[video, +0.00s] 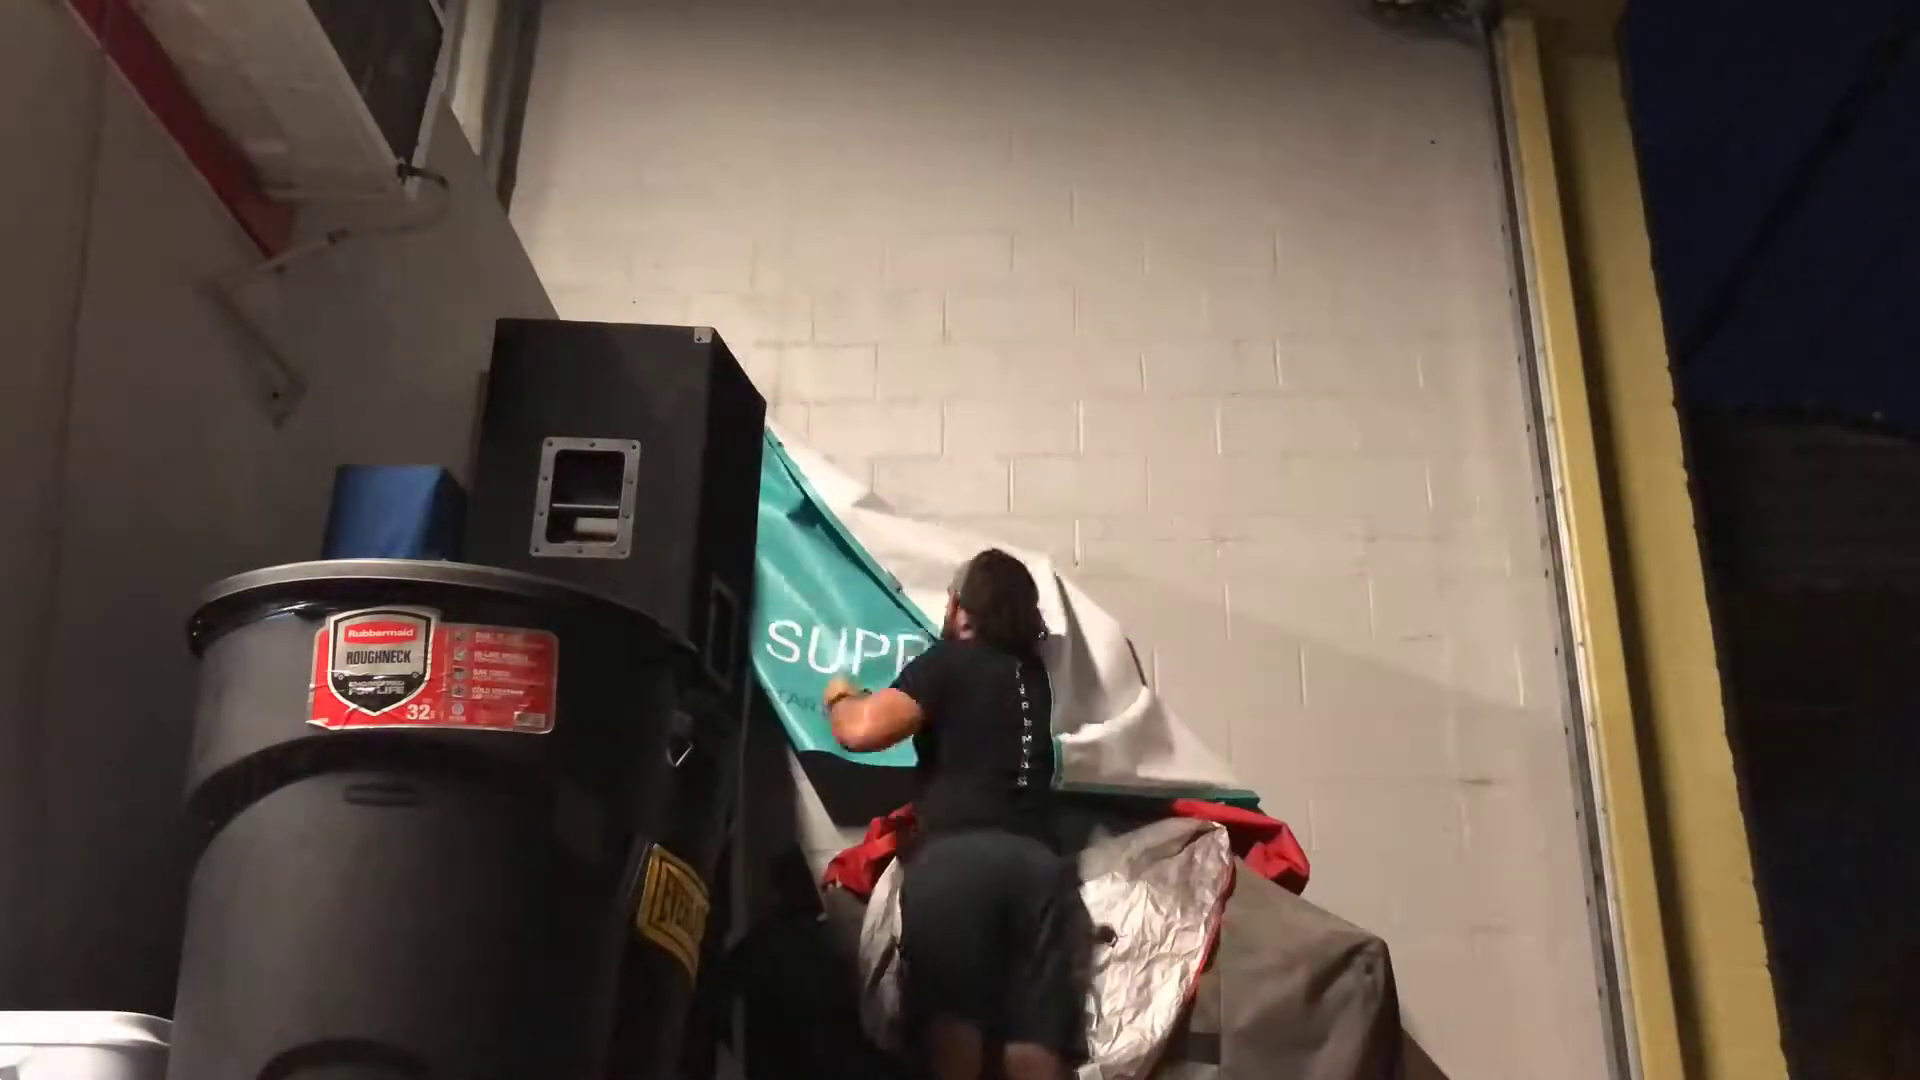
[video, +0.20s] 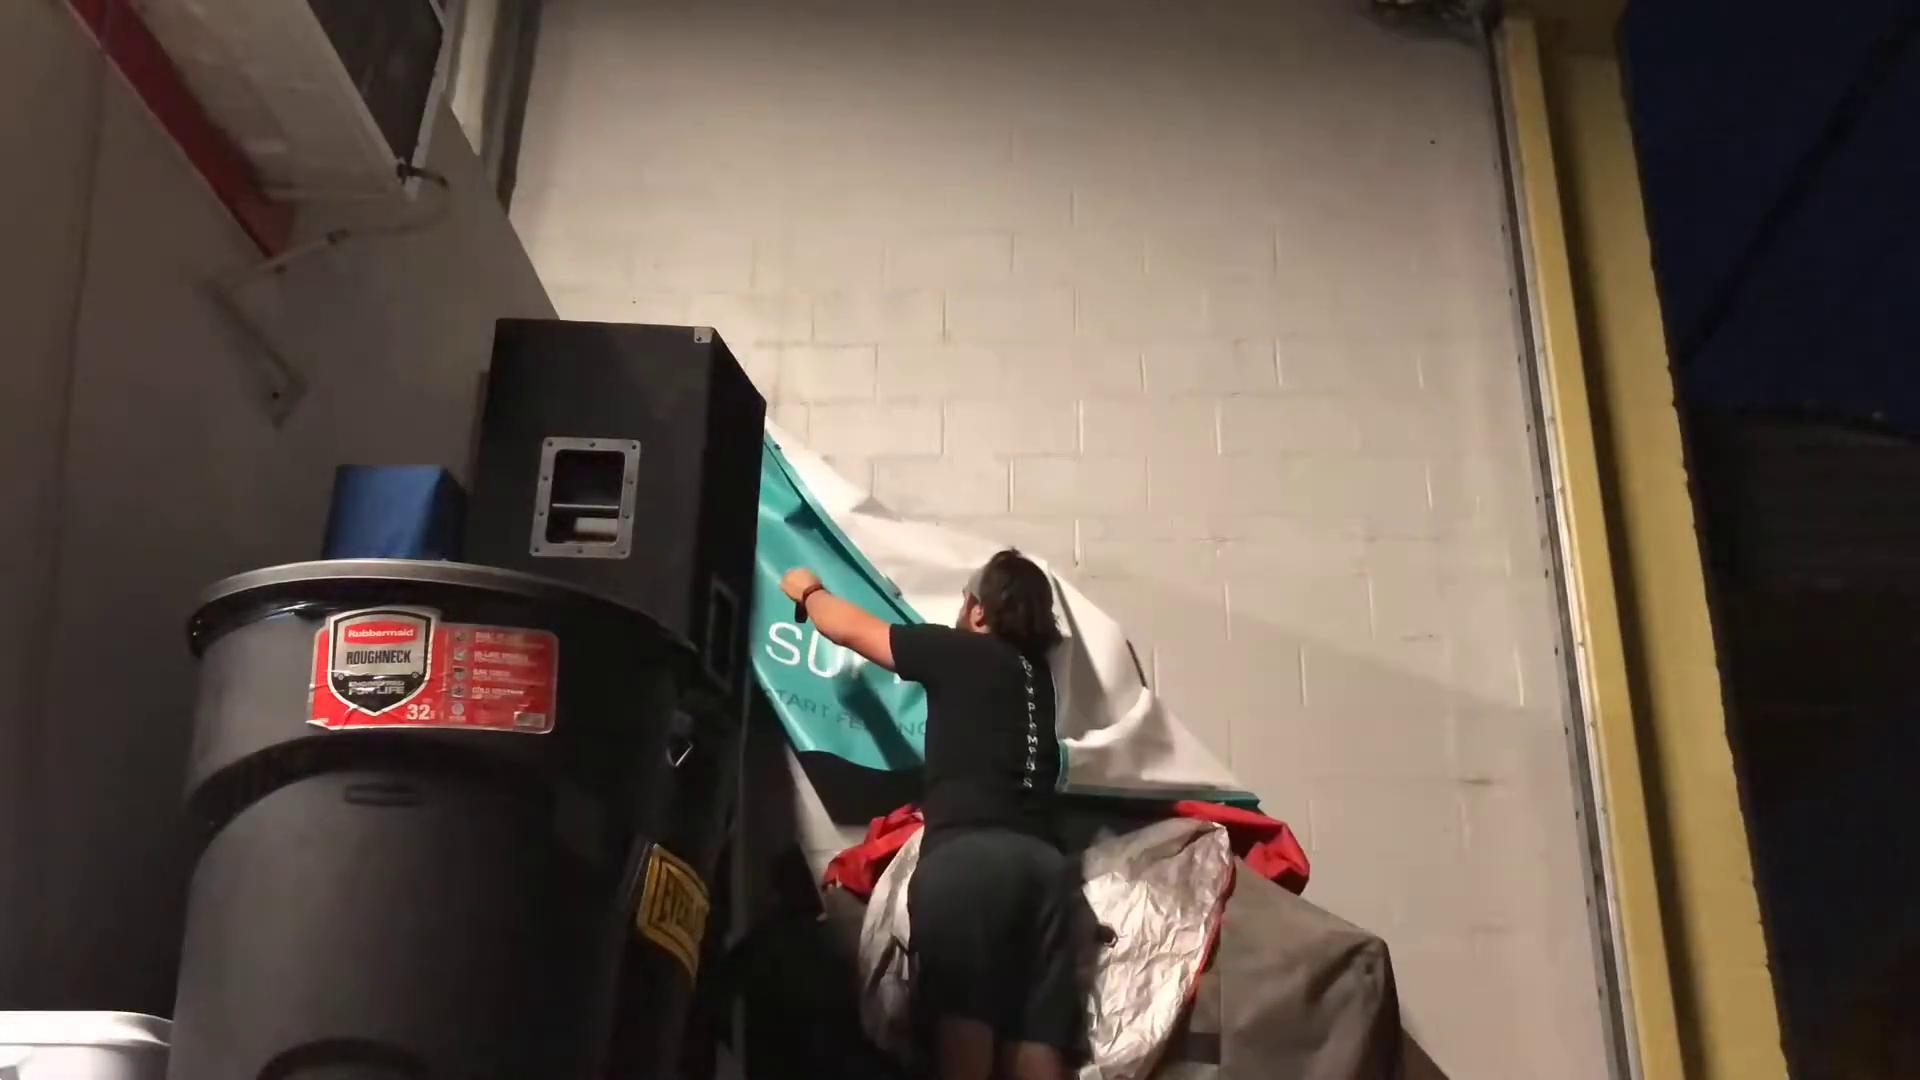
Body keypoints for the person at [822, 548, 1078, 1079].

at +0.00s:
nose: (948, 602)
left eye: (954, 596)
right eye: (952, 594)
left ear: (962, 609)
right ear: (1021, 615)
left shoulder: (946, 664)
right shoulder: (1034, 677)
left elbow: (859, 732)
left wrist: (840, 697)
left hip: (957, 851)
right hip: (1038, 856)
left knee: (953, 1028)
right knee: (1034, 1038)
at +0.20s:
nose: (962, 607)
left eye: (967, 599)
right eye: (966, 598)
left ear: (979, 610)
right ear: (1034, 618)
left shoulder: (956, 651)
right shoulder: (1038, 673)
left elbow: (850, 627)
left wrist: (807, 591)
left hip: (967, 851)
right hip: (1046, 859)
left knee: (963, 1034)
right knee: (1040, 1042)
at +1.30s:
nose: (952, 602)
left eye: (955, 592)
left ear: (958, 601)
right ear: (1027, 599)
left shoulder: (956, 661)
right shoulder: (1058, 667)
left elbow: (919, 766)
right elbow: (1046, 760)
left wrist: (901, 806)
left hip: (966, 853)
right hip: (1047, 859)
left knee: (962, 1039)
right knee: (1037, 1046)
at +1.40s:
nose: (952, 599)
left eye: (956, 590)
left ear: (961, 598)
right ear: (1026, 597)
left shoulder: (954, 659)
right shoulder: (1058, 664)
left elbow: (917, 767)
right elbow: (1048, 760)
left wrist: (901, 809)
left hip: (965, 855)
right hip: (1047, 861)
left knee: (962, 1040)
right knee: (1037, 1048)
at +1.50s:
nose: (957, 605)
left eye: (961, 596)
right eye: (961, 595)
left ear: (972, 602)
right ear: (1038, 604)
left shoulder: (962, 658)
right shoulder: (1063, 672)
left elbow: (923, 762)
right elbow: (1044, 764)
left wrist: (903, 803)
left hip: (966, 856)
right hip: (1047, 862)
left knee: (962, 1041)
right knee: (1037, 1047)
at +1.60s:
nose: (918, 633)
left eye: (920, 623)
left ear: (929, 627)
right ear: (995, 619)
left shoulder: (918, 675)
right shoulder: (1037, 672)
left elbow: (890, 768)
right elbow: (1050, 762)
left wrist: (917, 829)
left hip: (956, 864)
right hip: (1044, 865)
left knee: (959, 1044)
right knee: (1035, 1049)